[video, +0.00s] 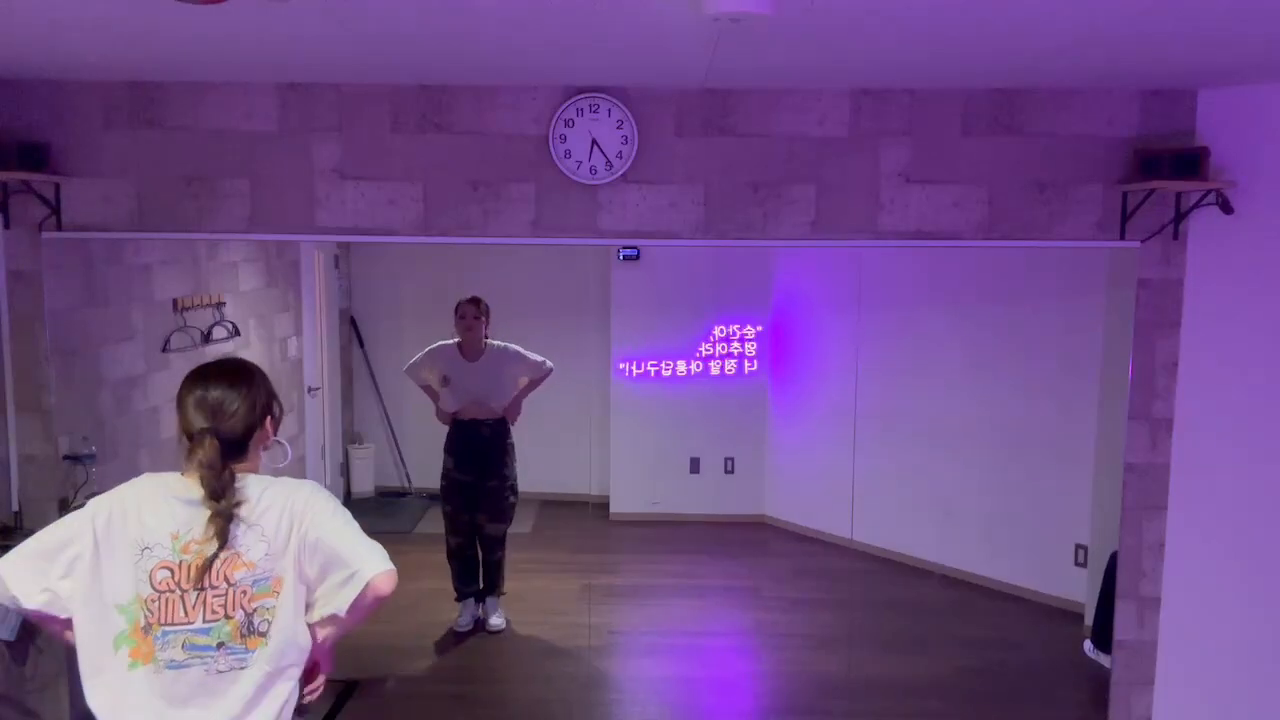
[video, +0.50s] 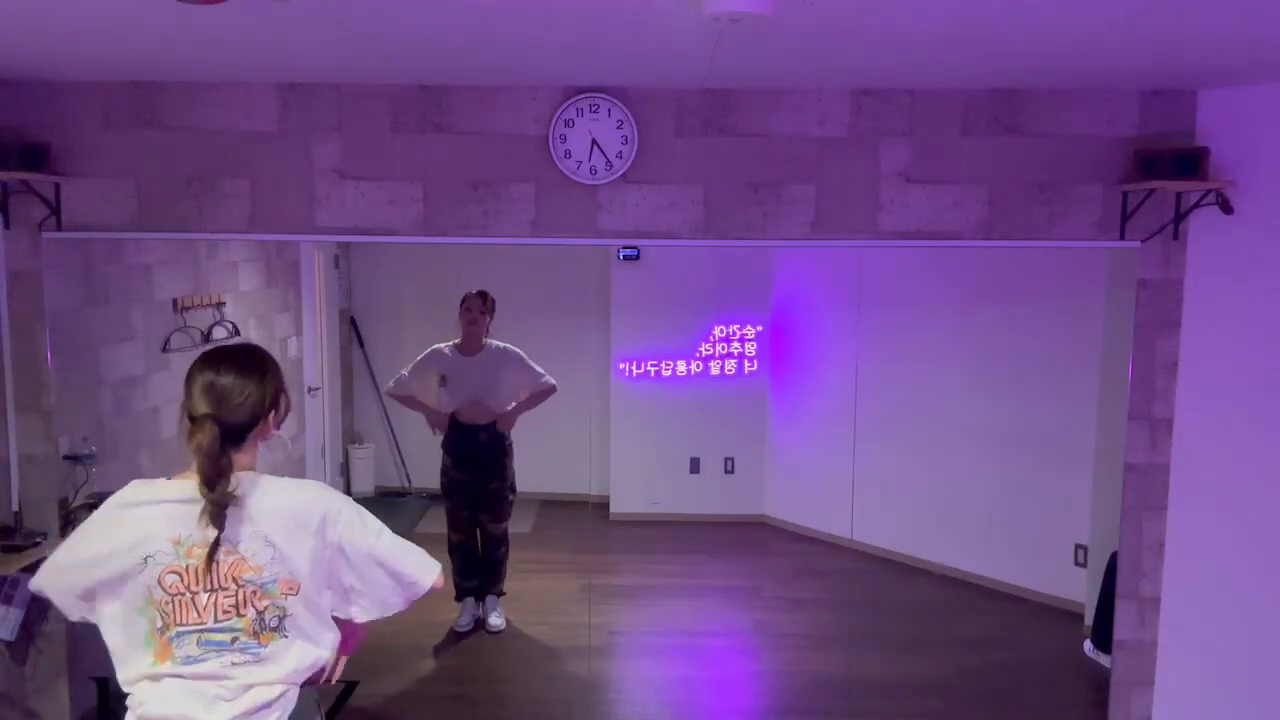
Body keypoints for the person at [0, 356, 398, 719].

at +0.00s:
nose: (277, 429)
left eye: (275, 416)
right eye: (276, 418)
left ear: (184, 427)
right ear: (265, 430)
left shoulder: (120, 506)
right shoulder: (302, 504)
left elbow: (16, 578)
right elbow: (380, 581)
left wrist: (91, 637)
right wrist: (323, 637)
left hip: (135, 711)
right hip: (256, 711)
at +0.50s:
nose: (283, 416)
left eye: (282, 404)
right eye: (282, 406)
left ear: (189, 411)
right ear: (271, 420)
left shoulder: (131, 507)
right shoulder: (312, 507)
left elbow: (55, 583)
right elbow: (429, 579)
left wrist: (138, 614)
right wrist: (351, 623)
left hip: (157, 708)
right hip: (270, 710)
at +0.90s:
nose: (251, 410)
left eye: (249, 398)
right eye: (249, 400)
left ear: (158, 423)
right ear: (240, 418)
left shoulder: (124, 515)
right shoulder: (296, 513)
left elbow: (143, 593)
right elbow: (338, 596)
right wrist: (408, 536)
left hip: (156, 707)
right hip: (265, 706)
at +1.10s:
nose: (244, 416)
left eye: (241, 404)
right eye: (242, 406)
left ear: (153, 421)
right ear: (234, 418)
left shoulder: (118, 517)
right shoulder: (289, 512)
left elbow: (126, 631)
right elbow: (316, 610)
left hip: (151, 710)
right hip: (262, 710)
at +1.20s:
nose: (244, 418)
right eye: (243, 407)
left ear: (151, 420)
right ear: (234, 419)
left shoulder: (114, 516)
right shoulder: (285, 511)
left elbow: (118, 633)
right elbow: (320, 622)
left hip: (148, 710)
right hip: (258, 710)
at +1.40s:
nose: (245, 417)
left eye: (244, 402)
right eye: (244, 404)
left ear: (154, 412)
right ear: (233, 419)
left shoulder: (113, 510)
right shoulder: (278, 508)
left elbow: (114, 635)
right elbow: (314, 625)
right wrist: (359, 569)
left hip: (134, 706)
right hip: (244, 707)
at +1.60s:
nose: (248, 417)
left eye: (246, 406)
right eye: (246, 407)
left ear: (158, 419)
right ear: (234, 420)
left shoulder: (127, 510)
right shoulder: (279, 507)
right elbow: (311, 620)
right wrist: (346, 561)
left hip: (126, 708)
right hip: (234, 710)